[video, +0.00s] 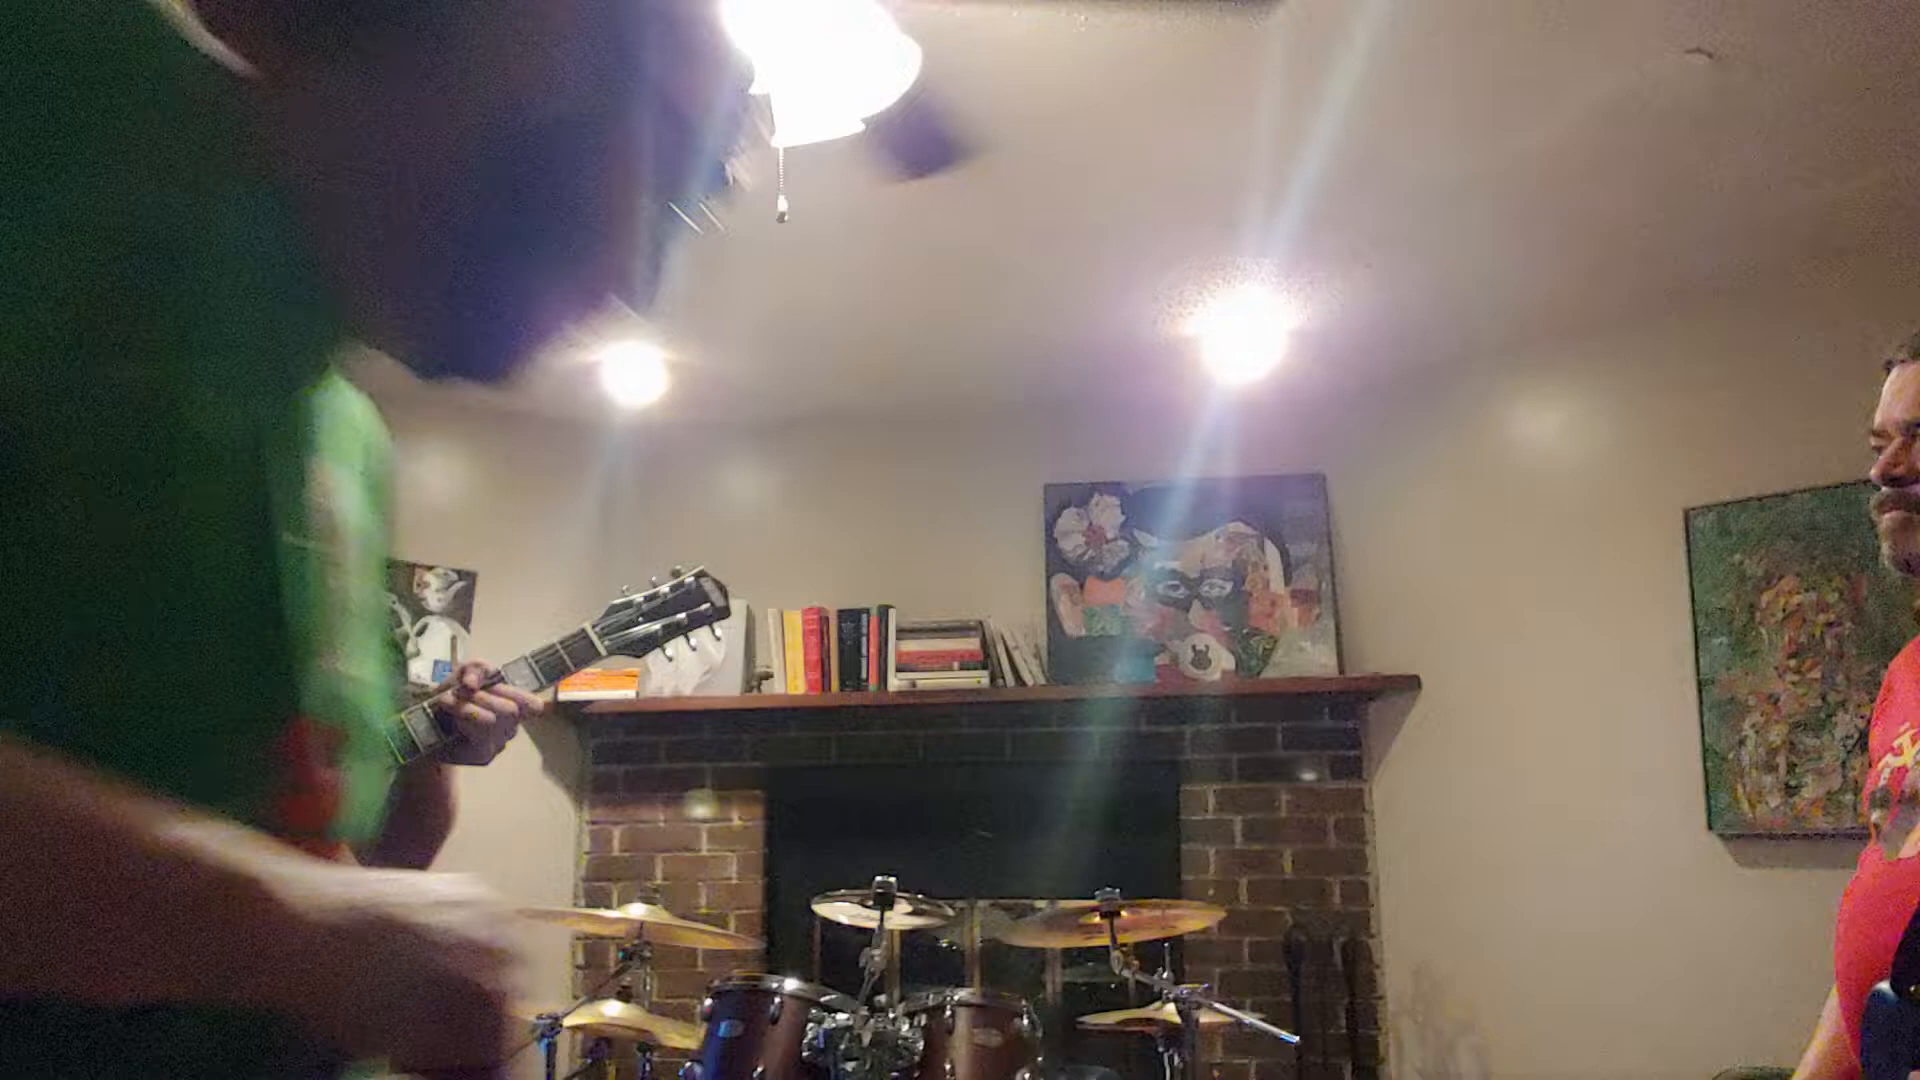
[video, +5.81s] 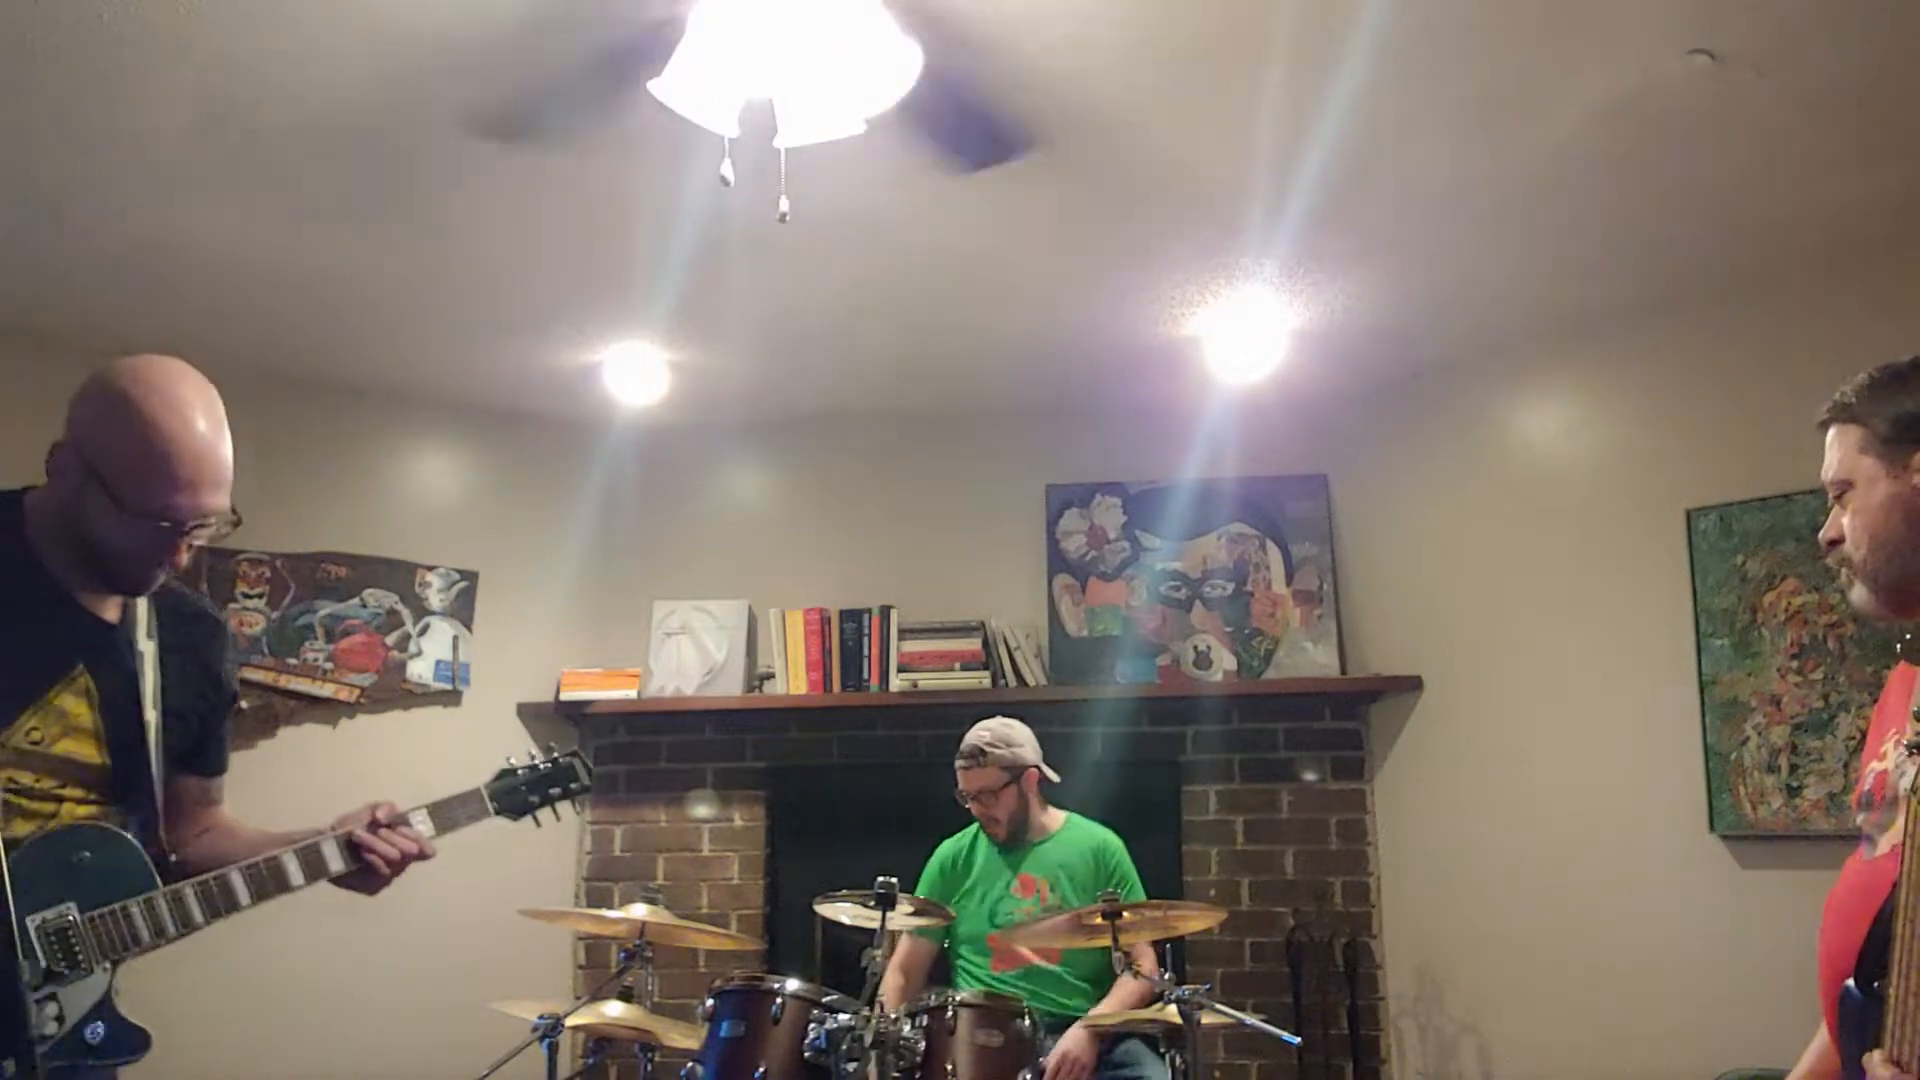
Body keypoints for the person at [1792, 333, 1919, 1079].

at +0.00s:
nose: (1887, 468)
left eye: (1914, 437)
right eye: (1880, 442)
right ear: (1871, 452)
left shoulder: (1907, 671)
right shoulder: (1904, 674)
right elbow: (1882, 900)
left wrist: (1829, 1057)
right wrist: (1818, 1063)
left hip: (1903, 1046)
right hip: (1870, 1041)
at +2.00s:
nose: (1889, 463)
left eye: (1913, 433)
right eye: (1892, 437)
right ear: (1887, 452)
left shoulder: (1909, 679)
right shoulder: (1909, 679)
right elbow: (1878, 903)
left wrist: (1808, 1059)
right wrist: (1804, 1064)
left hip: (1899, 1053)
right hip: (1863, 1049)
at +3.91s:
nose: (1869, 462)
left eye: (1903, 434)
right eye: (1875, 437)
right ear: (1874, 450)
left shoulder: (1907, 675)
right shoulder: (1904, 678)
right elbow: (1880, 894)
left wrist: (1824, 1058)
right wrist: (1817, 1063)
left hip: (1903, 1049)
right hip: (1864, 1046)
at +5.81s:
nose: (1827, 533)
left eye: (1843, 494)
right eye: (1829, 502)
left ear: (1915, 476)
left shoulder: (1907, 686)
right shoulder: (1901, 686)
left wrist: (1890, 1054)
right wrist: (1812, 1064)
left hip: (1901, 1055)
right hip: (1861, 1047)